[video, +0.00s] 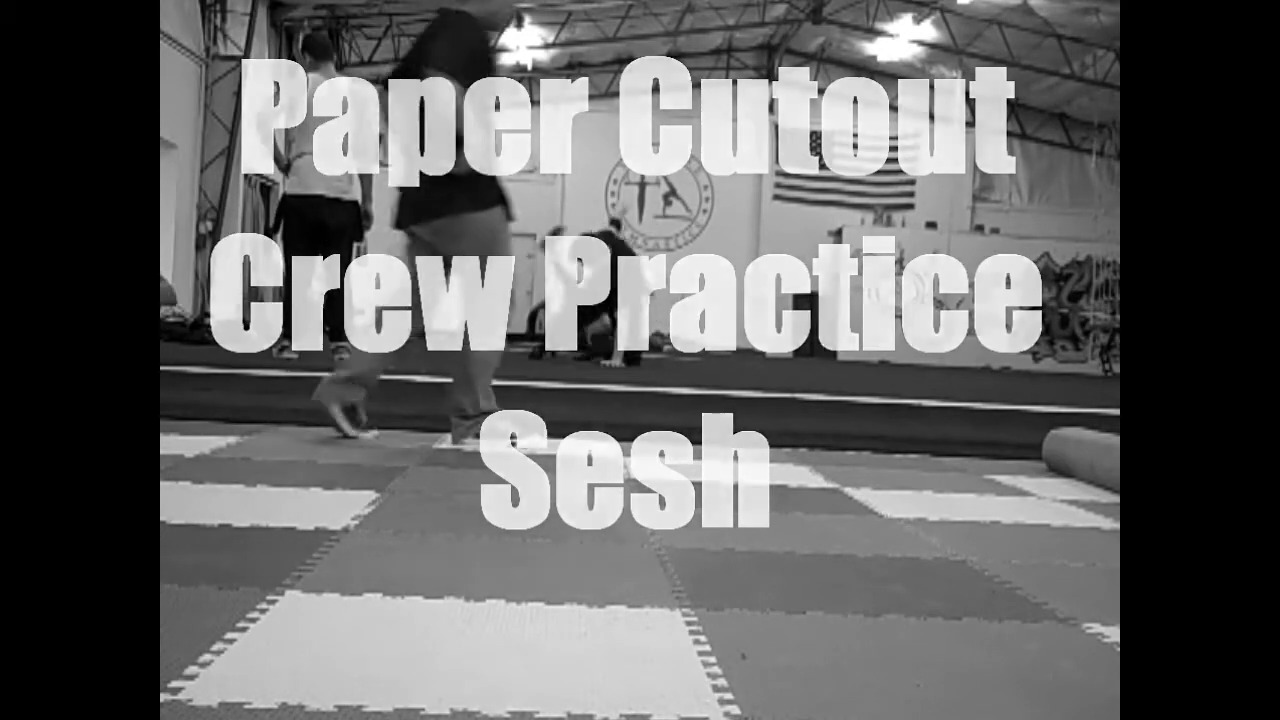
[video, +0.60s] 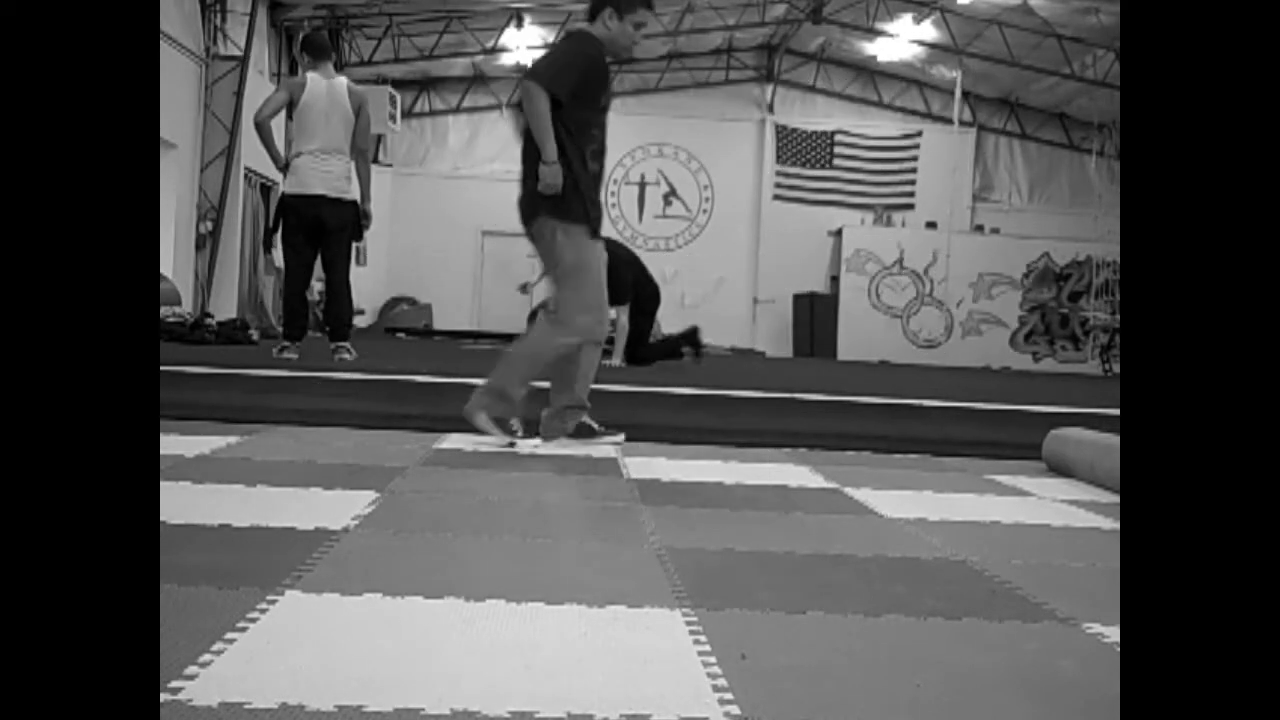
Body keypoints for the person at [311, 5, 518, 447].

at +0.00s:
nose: (511, 21)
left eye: (513, 17)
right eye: (508, 14)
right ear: (489, 9)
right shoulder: (467, 39)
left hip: (422, 200)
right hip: (468, 199)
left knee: (405, 308)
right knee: (484, 310)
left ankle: (345, 384)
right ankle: (474, 420)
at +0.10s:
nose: (540, 17)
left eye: (542, 10)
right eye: (539, 8)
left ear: (497, 2)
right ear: (520, 4)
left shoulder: (458, 34)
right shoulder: (495, 36)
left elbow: (409, 87)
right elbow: (493, 106)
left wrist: (434, 151)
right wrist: (496, 166)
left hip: (449, 203)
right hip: (494, 205)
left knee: (457, 305)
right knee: (501, 311)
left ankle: (379, 367)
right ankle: (475, 418)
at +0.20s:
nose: (555, 15)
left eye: (555, 11)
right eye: (553, 9)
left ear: (506, 4)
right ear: (538, 4)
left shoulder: (476, 34)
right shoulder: (524, 35)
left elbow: (424, 84)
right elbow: (514, 105)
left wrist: (446, 148)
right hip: (506, 195)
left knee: (512, 308)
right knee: (502, 306)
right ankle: (474, 421)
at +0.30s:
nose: (574, 20)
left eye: (574, 14)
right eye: (573, 12)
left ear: (529, 4)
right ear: (558, 4)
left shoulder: (494, 35)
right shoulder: (548, 33)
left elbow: (437, 88)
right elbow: (543, 89)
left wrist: (464, 147)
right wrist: (543, 157)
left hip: (489, 180)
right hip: (522, 182)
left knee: (521, 307)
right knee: (505, 306)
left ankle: (479, 411)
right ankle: (471, 419)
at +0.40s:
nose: (591, 19)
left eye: (592, 13)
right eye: (591, 11)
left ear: (546, 5)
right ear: (578, 5)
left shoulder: (515, 40)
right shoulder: (564, 37)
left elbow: (460, 95)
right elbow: (539, 86)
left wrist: (486, 155)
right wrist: (545, 162)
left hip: (507, 185)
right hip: (537, 187)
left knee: (544, 310)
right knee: (523, 311)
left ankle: (535, 406)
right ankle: (474, 413)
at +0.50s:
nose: (621, 27)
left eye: (622, 16)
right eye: (619, 15)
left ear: (579, 8)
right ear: (597, 9)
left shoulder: (545, 47)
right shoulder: (574, 43)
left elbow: (488, 105)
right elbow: (539, 88)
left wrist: (517, 159)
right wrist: (549, 164)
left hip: (534, 194)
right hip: (550, 196)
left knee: (569, 316)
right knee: (538, 313)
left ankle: (563, 416)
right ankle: (477, 413)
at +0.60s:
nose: (639, 37)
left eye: (642, 29)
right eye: (636, 27)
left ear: (609, 19)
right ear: (609, 17)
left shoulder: (591, 58)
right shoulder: (581, 47)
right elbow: (533, 88)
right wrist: (549, 158)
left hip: (577, 208)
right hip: (560, 206)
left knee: (590, 319)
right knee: (578, 318)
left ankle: (565, 417)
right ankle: (490, 403)